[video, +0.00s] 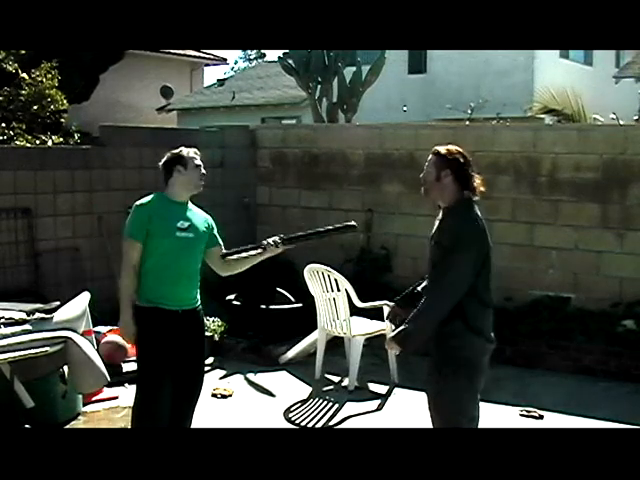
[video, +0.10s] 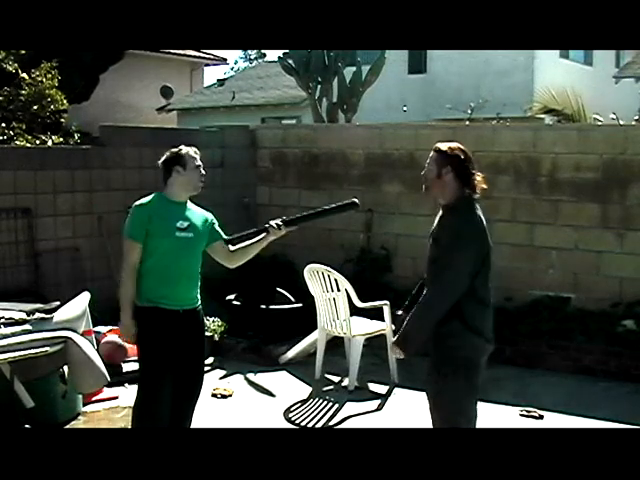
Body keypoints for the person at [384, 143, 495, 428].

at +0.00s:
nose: (422, 180)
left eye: (427, 172)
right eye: (423, 172)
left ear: (446, 176)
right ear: (445, 177)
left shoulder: (463, 223)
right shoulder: (450, 216)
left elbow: (447, 291)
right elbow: (438, 278)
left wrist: (405, 337)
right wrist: (403, 305)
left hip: (462, 342)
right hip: (450, 336)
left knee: (453, 418)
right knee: (447, 415)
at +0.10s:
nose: (424, 178)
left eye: (429, 171)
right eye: (425, 170)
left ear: (447, 174)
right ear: (447, 174)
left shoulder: (462, 221)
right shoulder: (451, 214)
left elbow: (444, 288)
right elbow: (433, 279)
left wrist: (408, 337)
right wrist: (406, 318)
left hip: (461, 338)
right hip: (449, 333)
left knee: (453, 417)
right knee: (446, 414)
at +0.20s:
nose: (423, 175)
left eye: (428, 168)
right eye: (425, 167)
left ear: (447, 172)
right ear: (448, 173)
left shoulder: (459, 217)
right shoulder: (458, 211)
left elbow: (442, 288)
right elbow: (440, 286)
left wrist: (413, 343)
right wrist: (416, 335)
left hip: (459, 337)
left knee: (453, 418)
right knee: (452, 416)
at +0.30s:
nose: (421, 175)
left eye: (427, 168)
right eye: (423, 167)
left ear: (446, 171)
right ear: (446, 171)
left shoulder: (455, 215)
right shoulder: (465, 209)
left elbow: (443, 286)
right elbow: (445, 284)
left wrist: (423, 346)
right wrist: (427, 340)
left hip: (459, 338)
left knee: (455, 419)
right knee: (455, 417)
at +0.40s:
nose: (419, 173)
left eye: (425, 165)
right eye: (421, 165)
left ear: (444, 170)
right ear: (445, 171)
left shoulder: (452, 216)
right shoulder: (469, 210)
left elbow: (442, 287)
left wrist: (430, 349)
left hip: (456, 343)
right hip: (468, 338)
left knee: (455, 419)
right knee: (459, 417)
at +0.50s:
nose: (418, 174)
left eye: (424, 167)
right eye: (420, 167)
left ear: (443, 171)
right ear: (443, 172)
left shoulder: (451, 217)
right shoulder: (463, 210)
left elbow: (443, 289)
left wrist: (436, 354)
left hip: (456, 346)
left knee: (455, 419)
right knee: (457, 417)